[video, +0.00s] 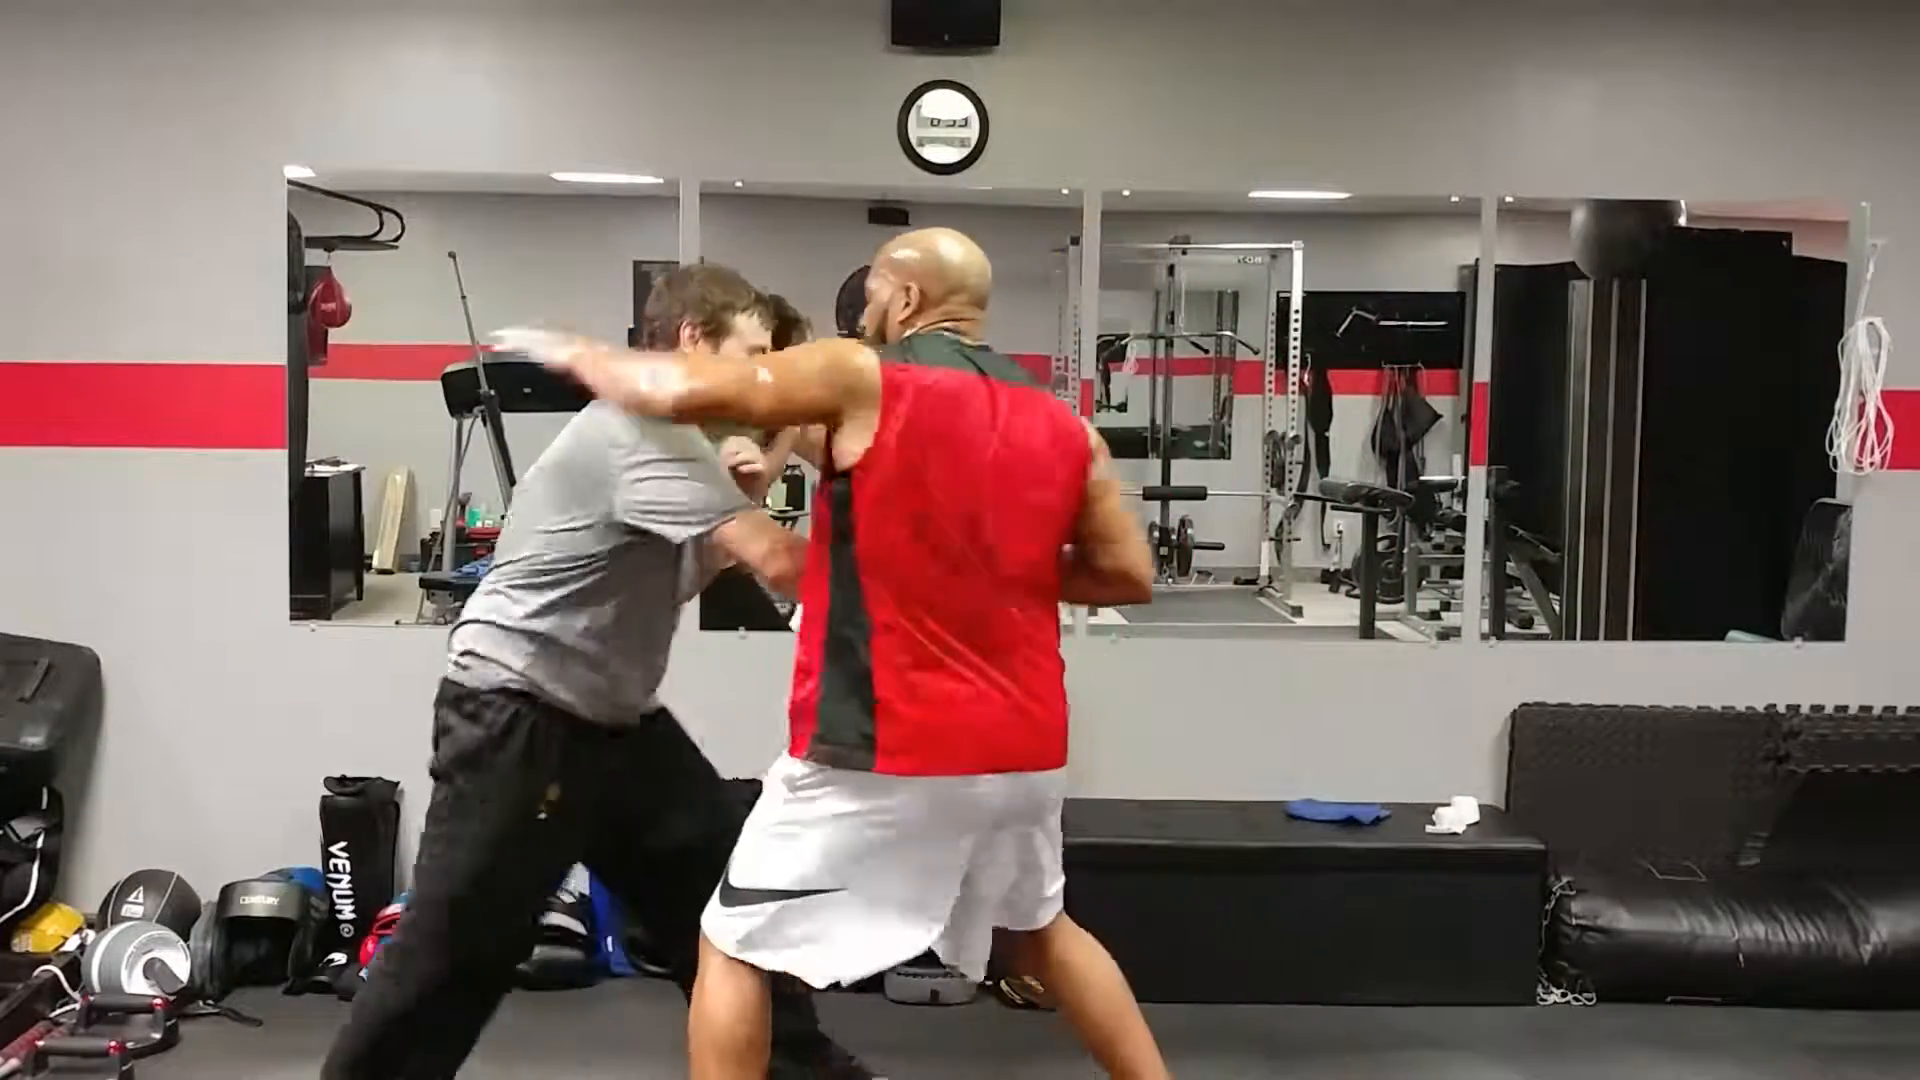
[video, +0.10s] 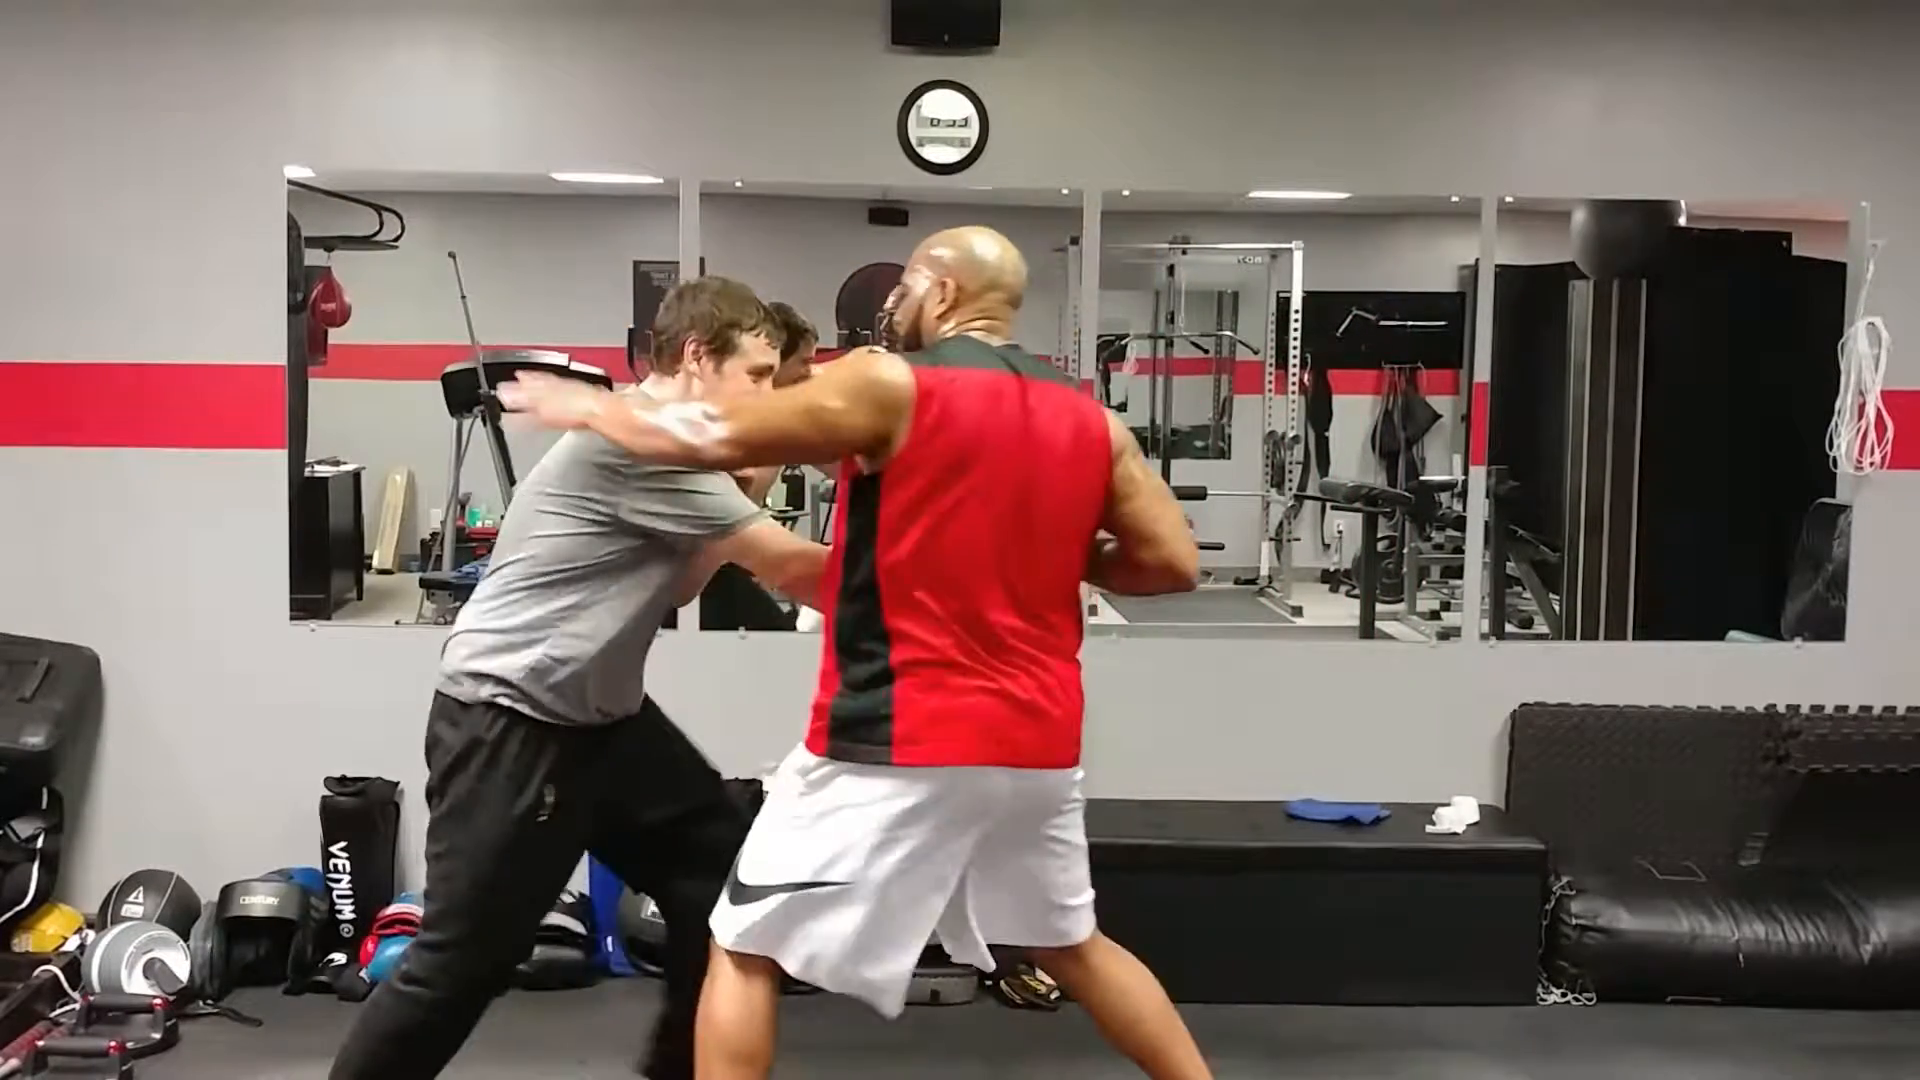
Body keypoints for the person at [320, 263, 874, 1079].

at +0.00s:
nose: (762, 374)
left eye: (766, 358)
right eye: (751, 352)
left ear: (688, 343)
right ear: (692, 339)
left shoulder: (679, 441)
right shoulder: (637, 428)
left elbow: (658, 582)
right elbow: (779, 559)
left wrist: (739, 522)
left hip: (616, 723)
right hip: (515, 714)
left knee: (733, 886)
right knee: (451, 956)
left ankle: (786, 1054)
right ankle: (360, 1077)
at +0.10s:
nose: (771, 402)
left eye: (775, 382)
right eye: (759, 376)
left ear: (695, 360)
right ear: (694, 358)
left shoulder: (682, 449)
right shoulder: (635, 441)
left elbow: (666, 591)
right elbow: (794, 568)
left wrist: (737, 521)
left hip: (606, 721)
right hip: (509, 725)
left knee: (729, 874)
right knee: (456, 966)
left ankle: (683, 1063)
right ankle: (354, 1076)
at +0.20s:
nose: (775, 389)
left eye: (783, 372)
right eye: (760, 364)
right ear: (698, 353)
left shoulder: (691, 441)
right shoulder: (642, 438)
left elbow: (675, 590)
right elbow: (787, 566)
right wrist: (905, 603)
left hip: (604, 715)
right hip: (508, 714)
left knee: (702, 884)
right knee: (478, 963)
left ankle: (648, 1066)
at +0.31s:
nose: (771, 368)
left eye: (777, 349)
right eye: (759, 343)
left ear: (699, 337)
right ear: (695, 333)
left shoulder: (688, 427)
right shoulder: (634, 422)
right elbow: (737, 570)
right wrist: (878, 616)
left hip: (605, 707)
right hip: (498, 699)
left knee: (686, 918)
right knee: (465, 950)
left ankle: (660, 1072)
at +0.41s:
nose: (747, 333)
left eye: (750, 315)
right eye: (730, 310)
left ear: (677, 315)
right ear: (664, 307)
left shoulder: (662, 408)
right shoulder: (599, 395)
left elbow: (672, 562)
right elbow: (659, 569)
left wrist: (737, 501)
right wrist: (793, 609)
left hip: (593, 698)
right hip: (485, 690)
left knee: (668, 928)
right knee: (416, 944)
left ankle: (662, 1077)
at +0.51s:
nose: (698, 308)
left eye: (699, 289)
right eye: (679, 286)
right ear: (612, 290)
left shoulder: (644, 408)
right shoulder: (542, 387)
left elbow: (645, 540)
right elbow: (561, 564)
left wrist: (710, 516)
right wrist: (709, 594)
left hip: (575, 701)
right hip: (460, 696)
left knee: (647, 927)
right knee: (377, 948)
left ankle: (661, 1074)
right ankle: (293, 1078)